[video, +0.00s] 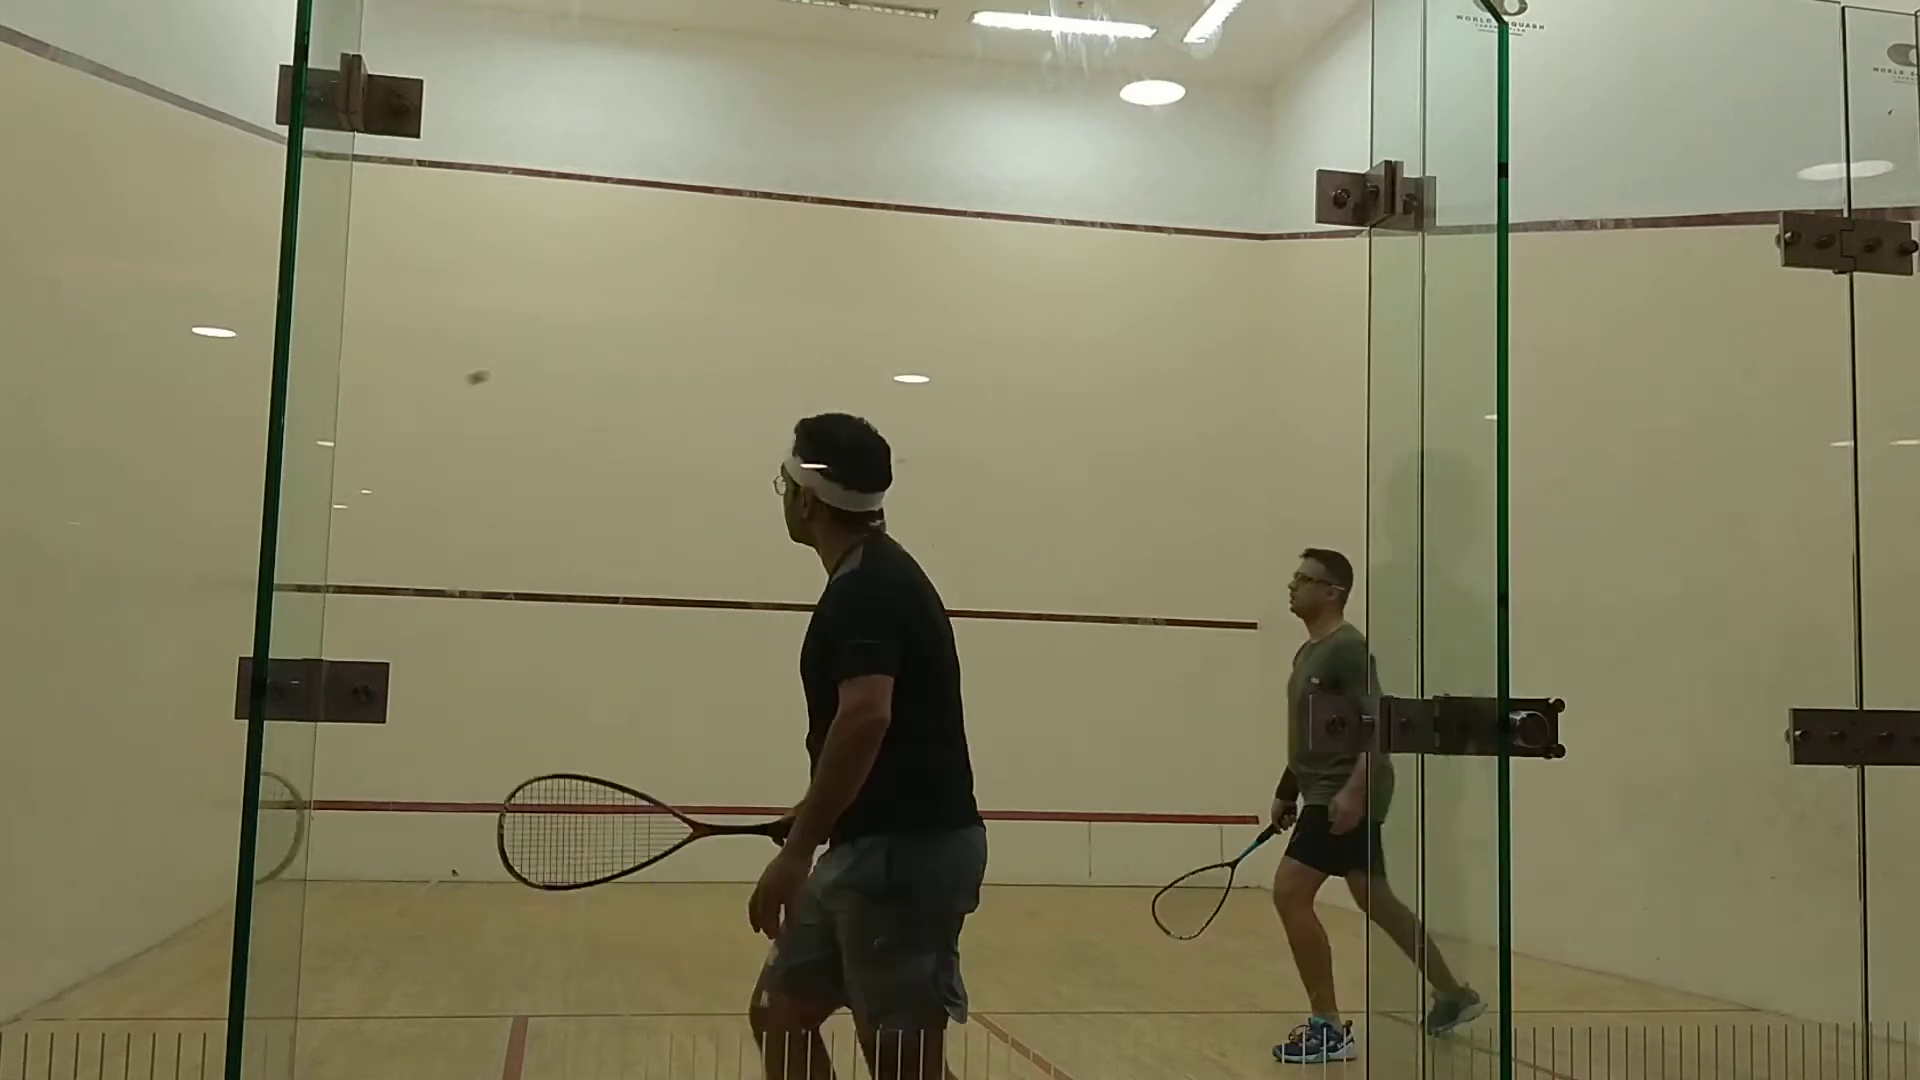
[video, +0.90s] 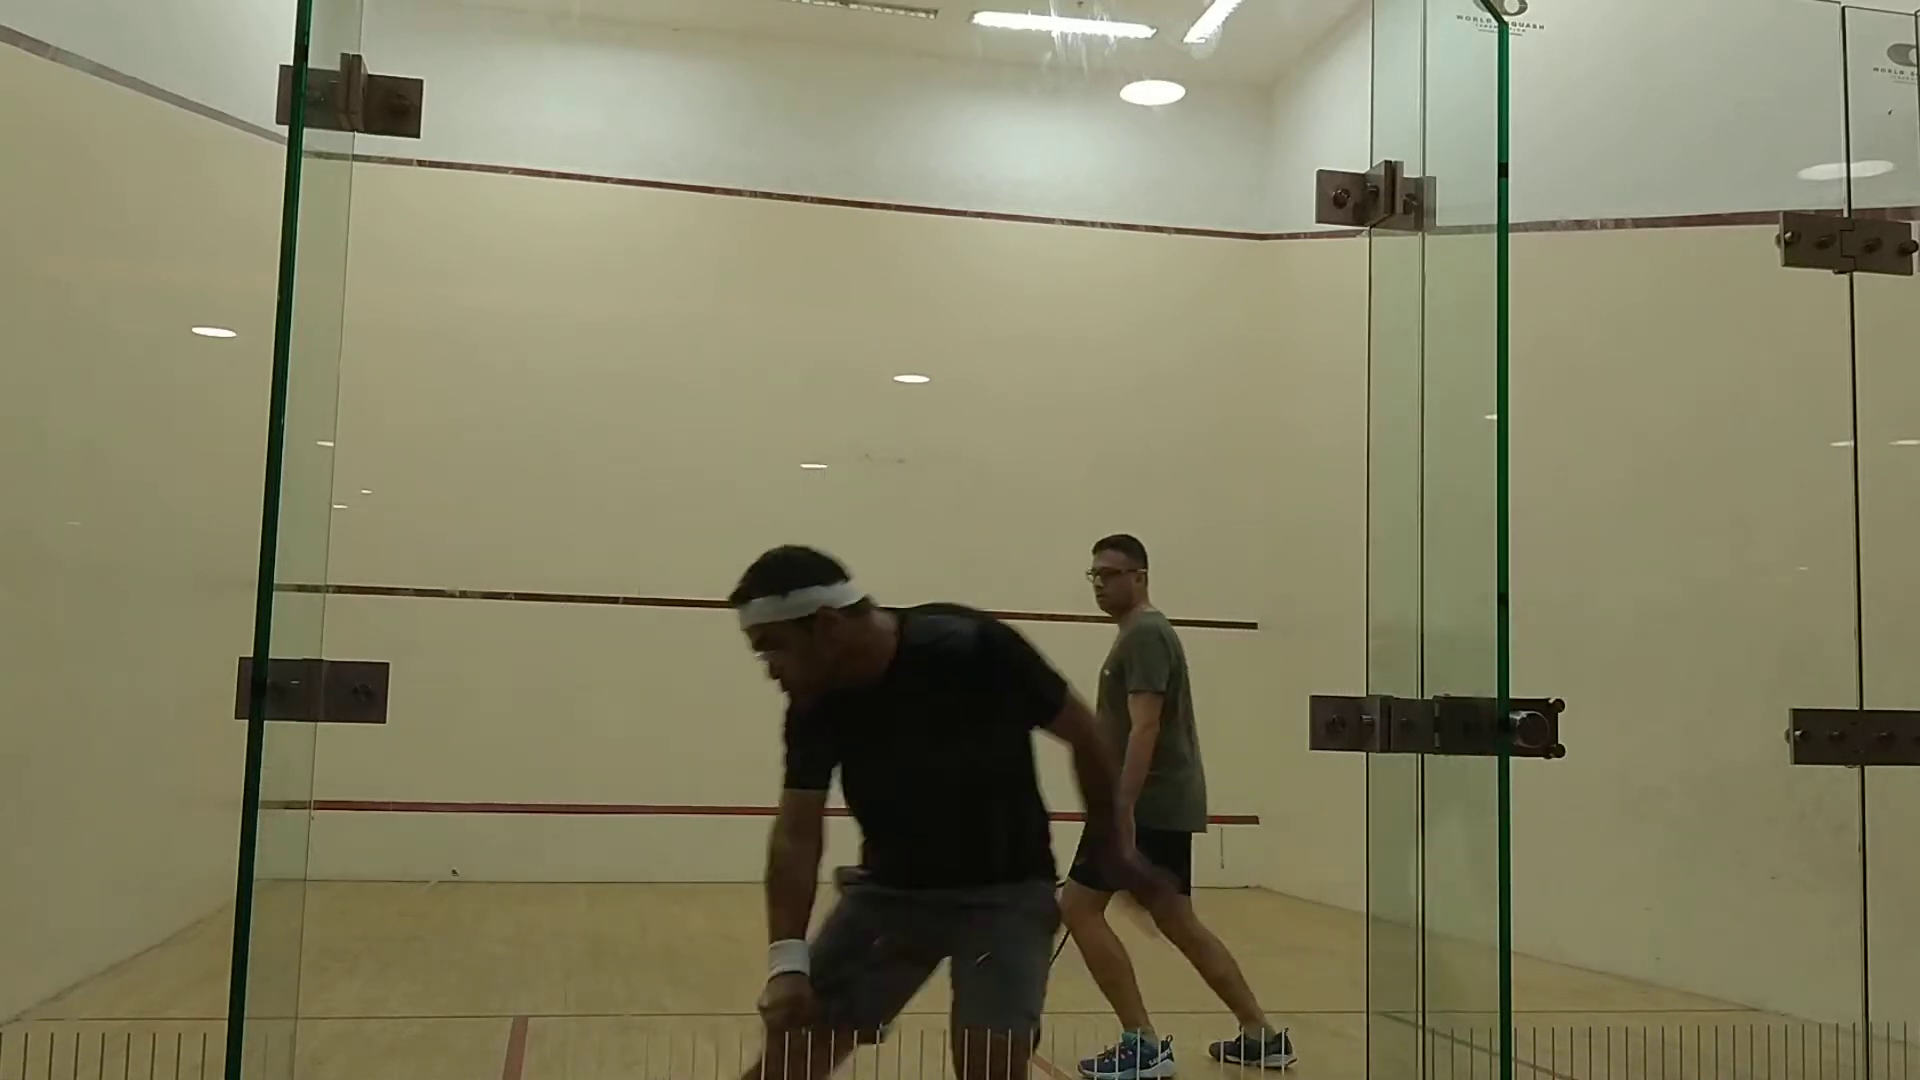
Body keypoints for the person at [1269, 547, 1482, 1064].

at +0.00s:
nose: (1291, 586)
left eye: (1302, 580)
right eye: (1294, 579)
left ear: (1332, 593)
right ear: (1318, 592)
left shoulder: (1348, 648)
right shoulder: (1310, 650)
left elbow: (1376, 727)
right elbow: (1308, 735)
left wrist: (1355, 790)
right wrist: (1286, 793)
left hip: (1341, 797)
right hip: (1337, 794)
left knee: (1290, 895)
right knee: (1378, 900)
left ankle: (1328, 1026)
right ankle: (1453, 992)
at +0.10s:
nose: (1268, 566)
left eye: (1279, 559)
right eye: (1270, 558)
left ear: (1308, 569)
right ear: (1299, 570)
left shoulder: (1315, 624)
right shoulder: (1303, 622)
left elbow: (1335, 707)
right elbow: (1307, 711)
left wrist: (1305, 773)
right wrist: (1281, 783)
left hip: (1308, 787)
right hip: (1314, 787)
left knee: (1280, 893)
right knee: (1320, 891)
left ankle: (1326, 1022)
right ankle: (1390, 993)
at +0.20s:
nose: (1247, 550)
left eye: (1258, 542)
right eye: (1248, 541)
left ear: (1288, 550)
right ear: (1283, 552)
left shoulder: (1282, 604)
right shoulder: (1301, 603)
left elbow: (1293, 680)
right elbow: (1307, 686)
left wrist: (1260, 750)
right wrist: (1267, 751)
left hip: (1283, 773)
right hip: (1299, 772)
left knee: (1246, 876)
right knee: (1267, 878)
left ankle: (1309, 998)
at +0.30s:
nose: (1224, 553)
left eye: (1236, 547)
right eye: (1224, 545)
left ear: (1266, 556)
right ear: (1259, 559)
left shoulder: (1257, 609)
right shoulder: (1281, 609)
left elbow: (1253, 686)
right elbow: (1278, 694)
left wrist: (1210, 753)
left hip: (1250, 775)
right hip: (1277, 778)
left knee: (1198, 878)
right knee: (1229, 887)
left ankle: (1241, 1015)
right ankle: (1251, 1018)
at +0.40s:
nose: (1201, 576)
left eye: (1212, 568)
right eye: (1199, 568)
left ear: (1242, 575)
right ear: (1224, 577)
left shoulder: (1234, 629)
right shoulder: (1255, 629)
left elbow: (1220, 710)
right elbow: (1251, 723)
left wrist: (1160, 770)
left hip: (1220, 793)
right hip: (1249, 796)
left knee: (1165, 894)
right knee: (1193, 904)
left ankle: (1165, 1043)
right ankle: (1246, 1026)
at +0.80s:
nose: (1126, 584)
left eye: (1136, 575)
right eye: (1122, 576)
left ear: (1166, 577)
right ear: (1160, 582)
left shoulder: (1169, 635)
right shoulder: (1185, 633)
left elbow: (1174, 725)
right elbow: (1186, 730)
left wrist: (1139, 801)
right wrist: (1135, 799)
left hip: (1167, 805)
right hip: (1197, 807)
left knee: (1092, 899)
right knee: (1187, 917)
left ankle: (1143, 1041)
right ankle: (1263, 1034)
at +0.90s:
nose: (1099, 584)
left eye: (1109, 574)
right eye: (1095, 575)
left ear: (1139, 578)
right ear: (1101, 580)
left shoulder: (1144, 633)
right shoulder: (1147, 631)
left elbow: (1145, 729)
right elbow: (1145, 730)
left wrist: (1121, 811)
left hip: (1144, 807)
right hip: (1166, 808)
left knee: (1079, 907)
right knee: (1177, 919)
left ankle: (1142, 1041)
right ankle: (1259, 1033)